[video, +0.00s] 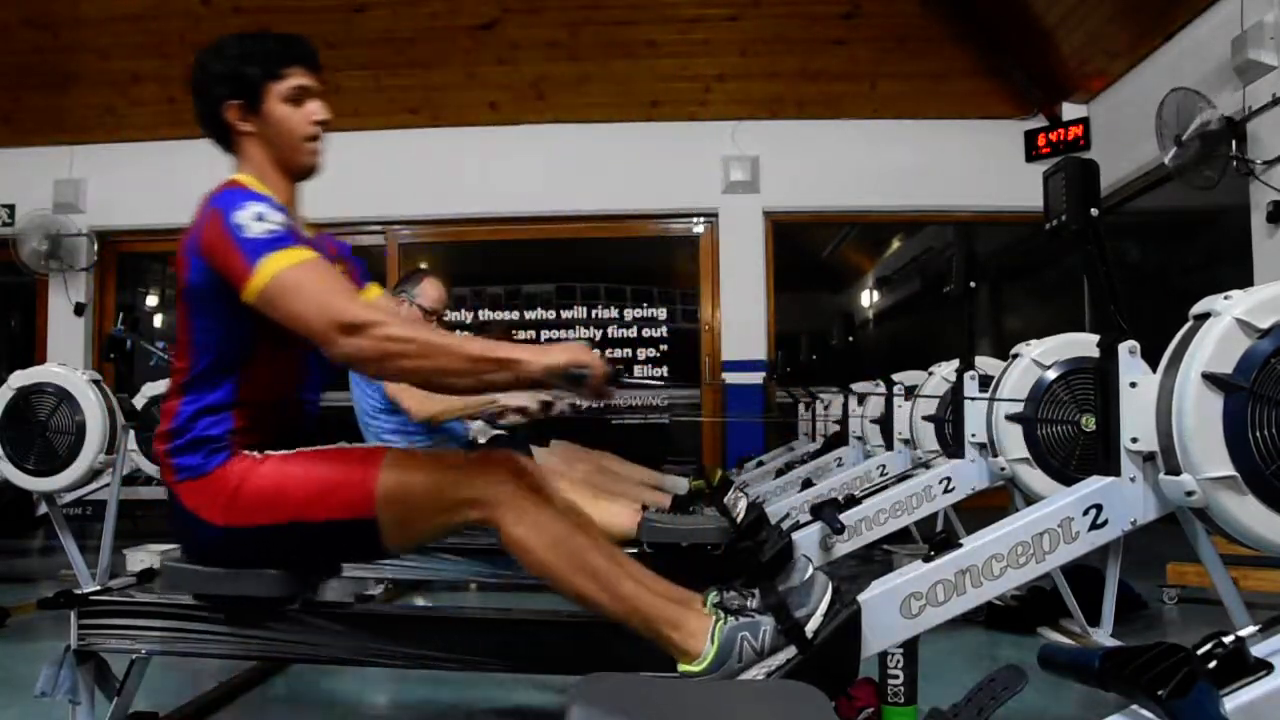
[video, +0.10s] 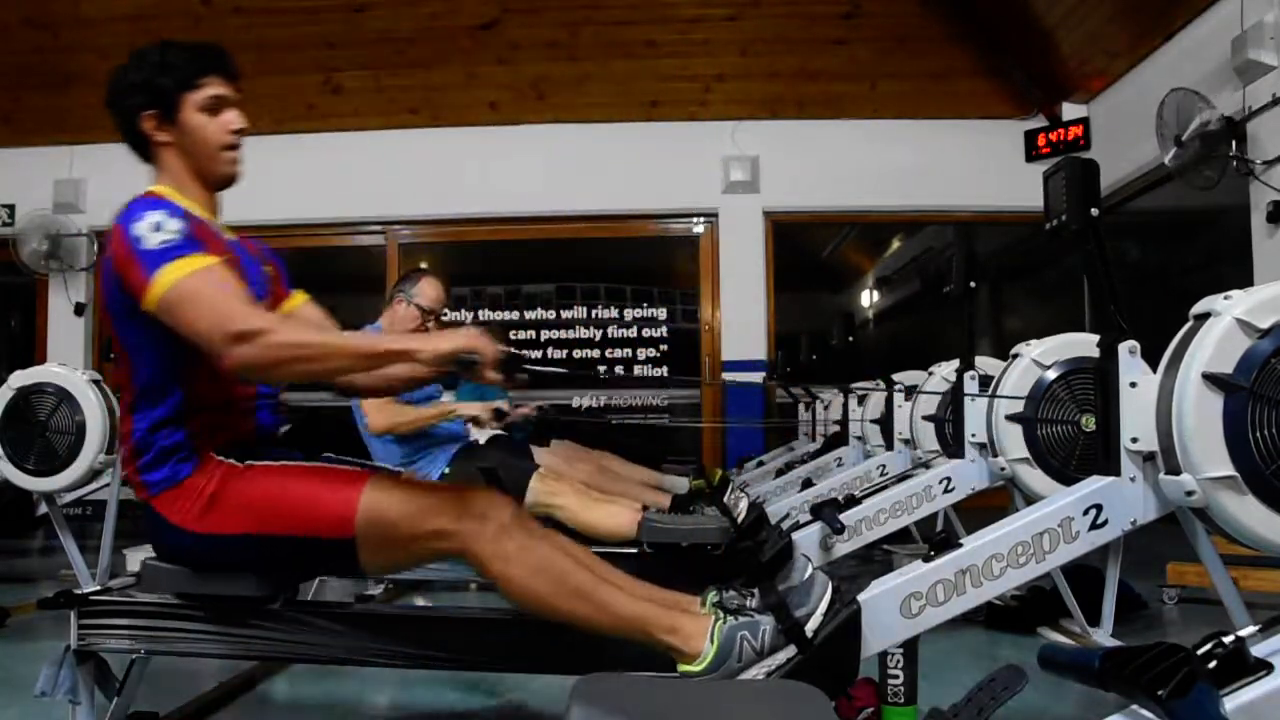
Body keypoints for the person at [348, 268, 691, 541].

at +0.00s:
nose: (435, 326)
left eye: (438, 317)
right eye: (428, 315)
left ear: (407, 305)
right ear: (399, 304)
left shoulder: (412, 342)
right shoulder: (376, 347)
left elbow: (443, 400)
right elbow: (422, 408)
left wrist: (498, 403)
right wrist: (495, 402)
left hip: (455, 448)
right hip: (422, 465)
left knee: (569, 456)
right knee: (548, 477)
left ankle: (686, 492)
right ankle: (659, 529)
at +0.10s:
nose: (429, 326)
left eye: (435, 318)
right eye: (424, 314)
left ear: (433, 318)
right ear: (395, 305)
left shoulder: (413, 347)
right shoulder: (366, 347)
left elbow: (438, 404)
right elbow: (379, 419)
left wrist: (492, 414)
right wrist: (453, 410)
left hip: (461, 443)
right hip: (434, 466)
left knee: (573, 462)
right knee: (553, 490)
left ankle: (685, 503)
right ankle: (669, 532)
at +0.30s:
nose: (436, 328)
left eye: (442, 322)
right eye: (433, 316)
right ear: (407, 302)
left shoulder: (401, 348)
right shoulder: (378, 342)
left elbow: (416, 413)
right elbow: (350, 421)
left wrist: (463, 418)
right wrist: (427, 421)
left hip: (452, 456)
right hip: (435, 471)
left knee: (567, 484)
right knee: (557, 496)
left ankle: (686, 525)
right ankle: (676, 538)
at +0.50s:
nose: (473, 336)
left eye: (473, 329)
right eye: (468, 328)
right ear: (445, 328)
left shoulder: (456, 373)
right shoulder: (433, 372)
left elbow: (472, 415)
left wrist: (507, 420)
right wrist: (494, 423)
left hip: (500, 437)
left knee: (595, 458)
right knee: (584, 472)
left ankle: (682, 489)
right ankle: (676, 506)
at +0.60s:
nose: (487, 332)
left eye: (487, 325)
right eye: (482, 324)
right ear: (459, 325)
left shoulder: (465, 368)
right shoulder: (449, 368)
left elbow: (476, 412)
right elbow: (454, 415)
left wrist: (505, 421)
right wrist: (499, 423)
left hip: (502, 437)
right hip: (482, 444)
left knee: (602, 460)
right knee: (594, 468)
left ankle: (685, 491)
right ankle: (680, 502)